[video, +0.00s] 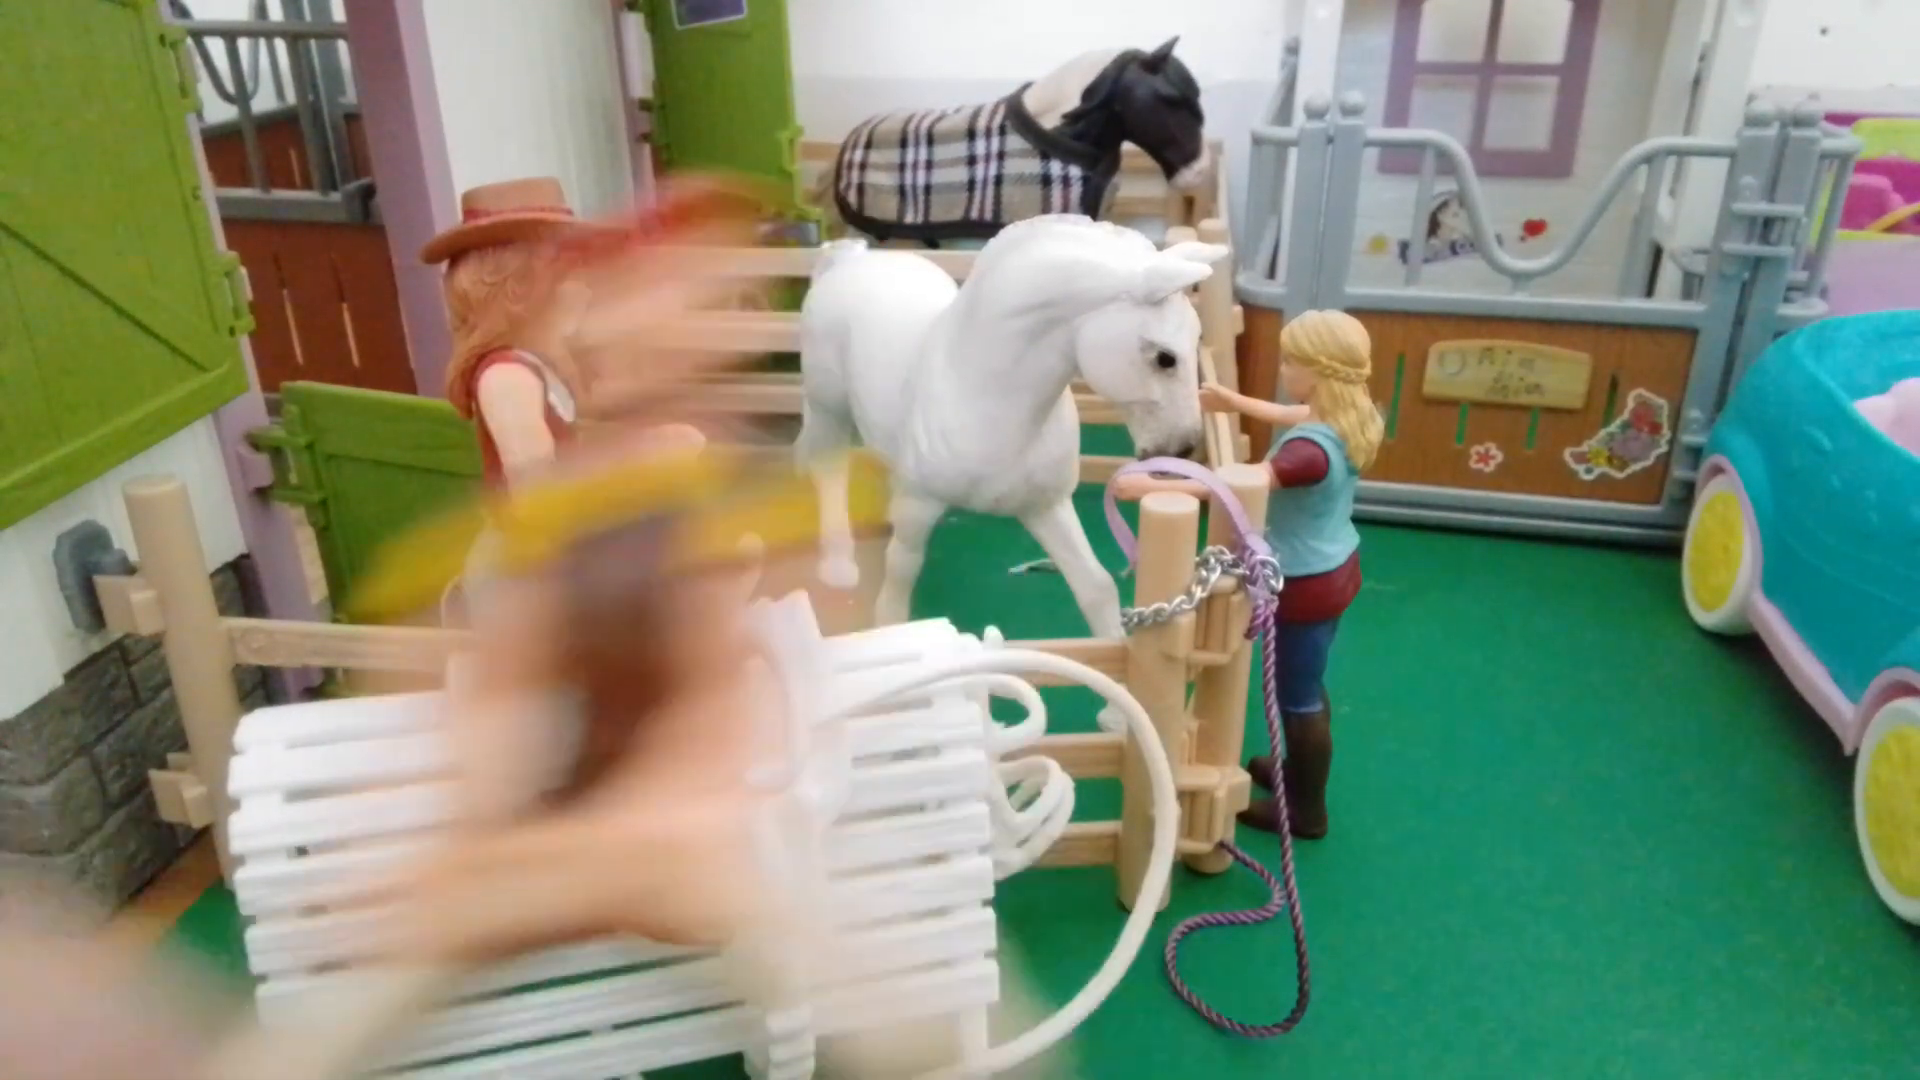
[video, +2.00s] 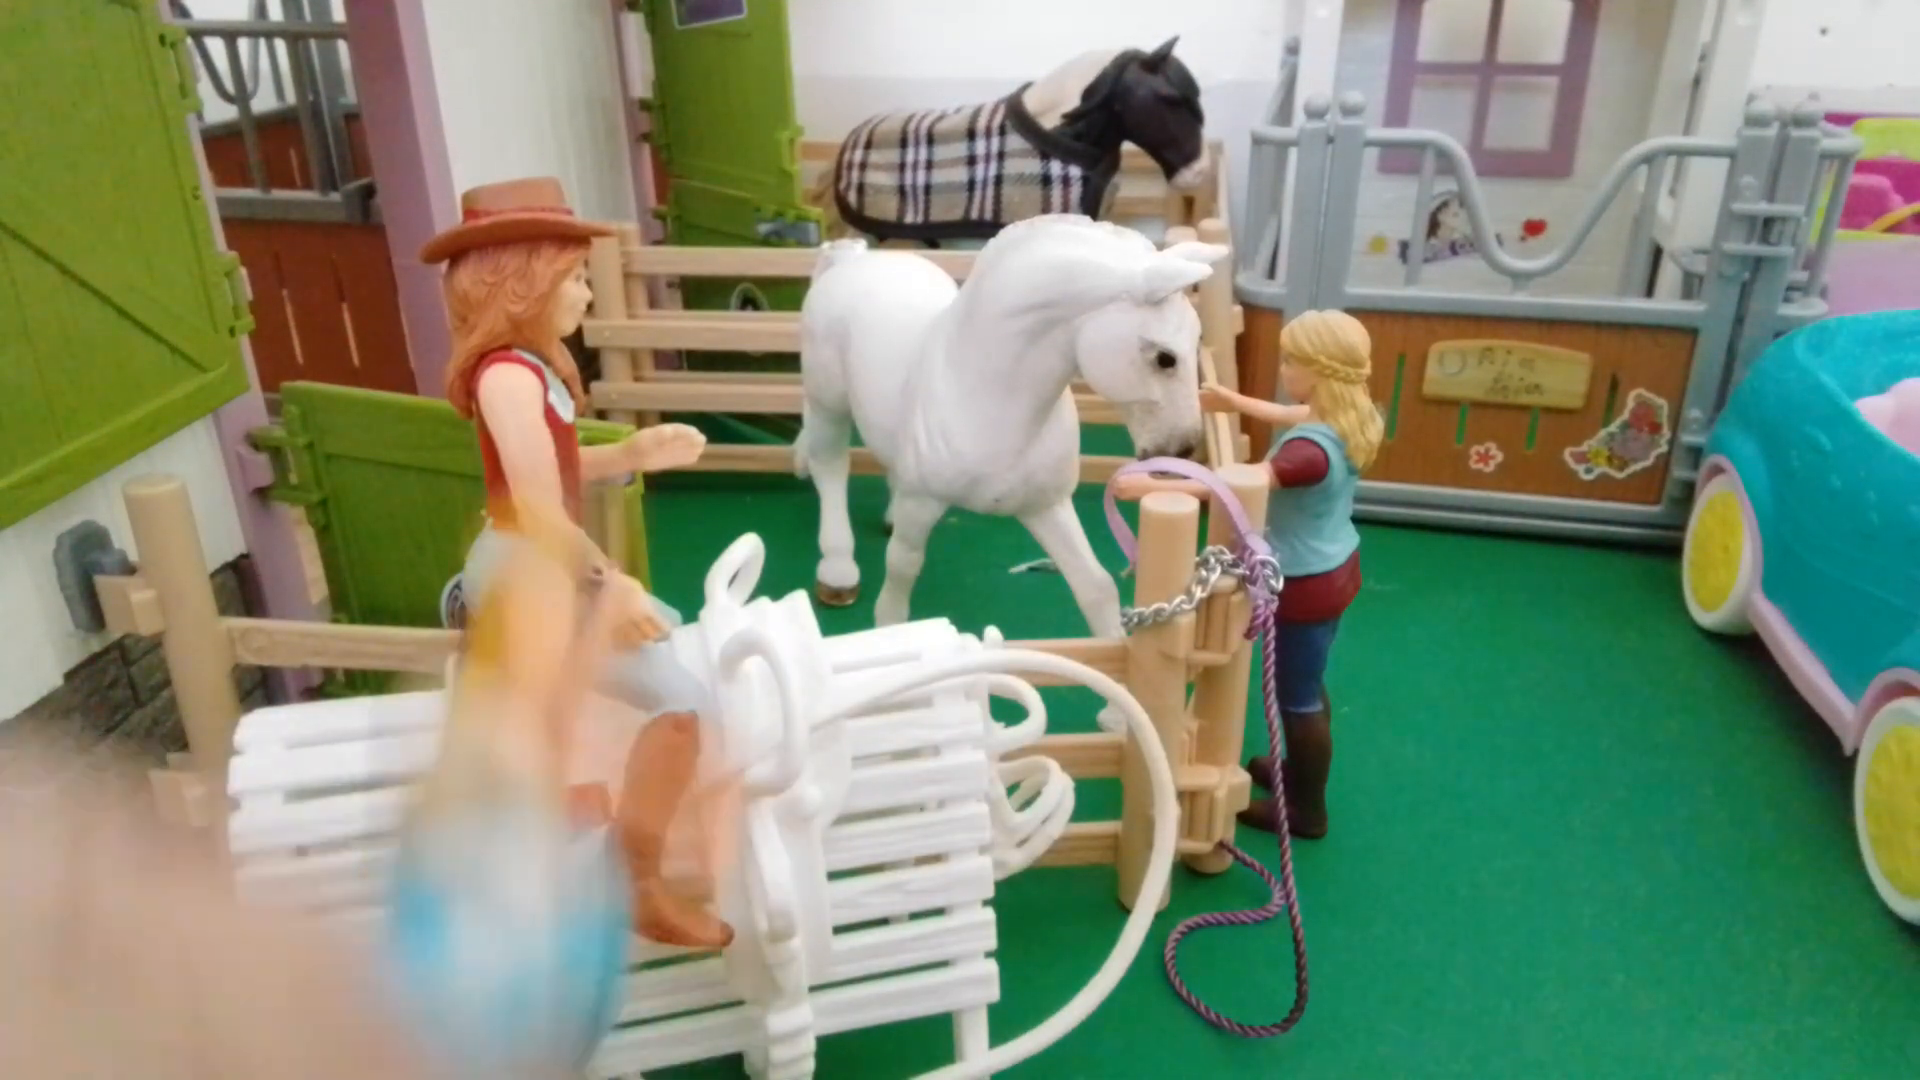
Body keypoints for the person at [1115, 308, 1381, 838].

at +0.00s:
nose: (1283, 370)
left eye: (1290, 361)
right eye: (1285, 360)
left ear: (1319, 372)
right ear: (1337, 372)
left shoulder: (1315, 447)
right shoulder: (1350, 417)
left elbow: (1245, 479)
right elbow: (1290, 415)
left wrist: (1158, 485)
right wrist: (1236, 400)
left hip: (1304, 587)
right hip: (1332, 567)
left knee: (1299, 698)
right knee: (1300, 681)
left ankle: (1304, 812)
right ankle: (1298, 774)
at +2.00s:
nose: (1282, 371)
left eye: (1290, 362)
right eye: (1284, 360)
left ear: (1319, 372)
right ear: (1337, 373)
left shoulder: (1314, 448)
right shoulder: (1348, 417)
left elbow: (1244, 479)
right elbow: (1288, 416)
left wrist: (1159, 484)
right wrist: (1235, 400)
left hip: (1304, 589)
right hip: (1331, 568)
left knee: (1299, 700)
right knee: (1300, 682)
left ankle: (1303, 812)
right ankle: (1299, 774)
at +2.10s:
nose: (1282, 371)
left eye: (1290, 362)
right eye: (1284, 360)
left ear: (1318, 372)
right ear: (1337, 372)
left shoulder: (1314, 447)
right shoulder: (1348, 417)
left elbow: (1248, 479)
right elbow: (1289, 416)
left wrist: (1164, 484)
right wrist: (1235, 400)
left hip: (1305, 588)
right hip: (1333, 565)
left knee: (1299, 699)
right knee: (1300, 680)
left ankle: (1303, 812)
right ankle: (1298, 773)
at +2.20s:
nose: (1282, 371)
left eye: (1290, 362)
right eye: (1284, 360)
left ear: (1319, 372)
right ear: (1337, 372)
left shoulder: (1315, 447)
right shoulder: (1348, 418)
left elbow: (1244, 479)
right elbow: (1287, 416)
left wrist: (1158, 484)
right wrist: (1233, 400)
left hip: (1304, 588)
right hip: (1330, 567)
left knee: (1299, 699)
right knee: (1300, 682)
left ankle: (1303, 812)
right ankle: (1299, 774)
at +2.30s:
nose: (1281, 371)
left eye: (1290, 361)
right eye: (1284, 360)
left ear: (1318, 372)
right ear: (1336, 372)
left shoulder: (1316, 447)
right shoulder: (1347, 417)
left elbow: (1245, 478)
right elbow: (1289, 416)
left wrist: (1158, 484)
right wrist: (1236, 401)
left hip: (1306, 588)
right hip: (1333, 566)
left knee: (1299, 698)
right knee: (1302, 682)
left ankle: (1305, 813)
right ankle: (1299, 778)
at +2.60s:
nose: (1281, 370)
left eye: (1289, 362)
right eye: (1284, 360)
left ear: (1315, 372)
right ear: (1334, 370)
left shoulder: (1306, 451)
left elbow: (1250, 502)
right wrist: (1216, 404)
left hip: (1309, 584)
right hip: (1334, 563)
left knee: (1298, 698)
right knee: (1303, 682)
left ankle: (1305, 811)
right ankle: (1296, 775)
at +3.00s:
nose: (1281, 371)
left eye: (1290, 363)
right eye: (1284, 361)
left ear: (1317, 374)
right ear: (1336, 373)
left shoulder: (1315, 448)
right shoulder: (1346, 419)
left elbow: (1253, 479)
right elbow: (1292, 415)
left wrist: (1193, 479)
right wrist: (1236, 401)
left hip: (1309, 579)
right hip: (1333, 565)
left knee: (1297, 691)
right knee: (1299, 676)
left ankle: (1302, 809)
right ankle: (1298, 771)